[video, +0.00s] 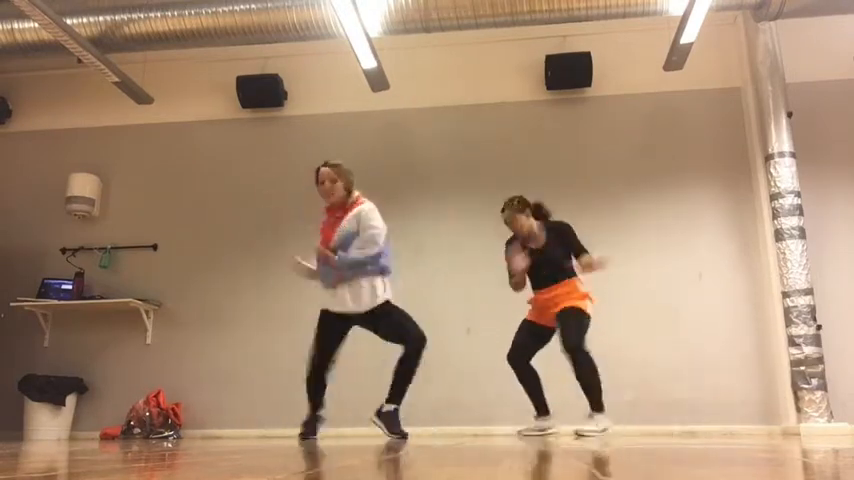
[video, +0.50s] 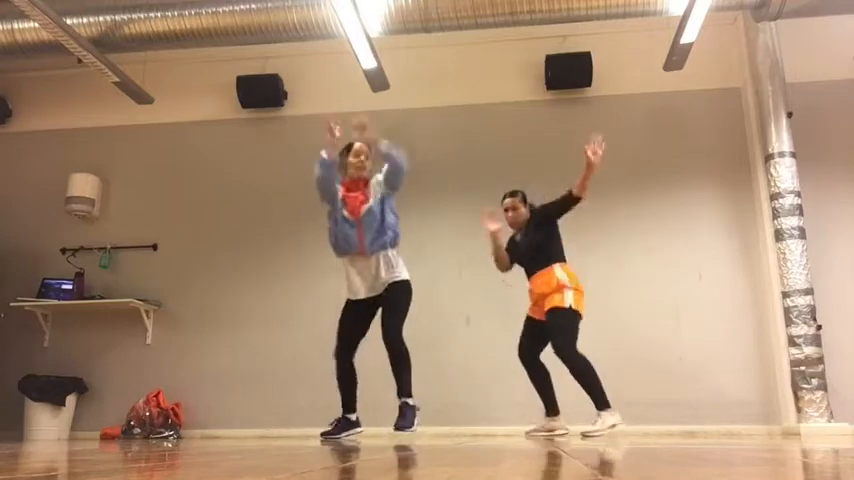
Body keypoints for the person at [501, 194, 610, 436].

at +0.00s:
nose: (513, 228)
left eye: (514, 220)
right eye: (508, 223)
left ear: (527, 214)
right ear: (507, 224)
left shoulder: (560, 230)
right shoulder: (514, 246)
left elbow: (584, 262)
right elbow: (517, 287)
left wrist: (591, 263)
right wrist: (518, 270)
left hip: (571, 297)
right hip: (543, 305)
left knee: (573, 346)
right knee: (516, 357)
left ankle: (599, 415)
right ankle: (544, 418)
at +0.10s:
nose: (522, 236)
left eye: (523, 230)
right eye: (517, 233)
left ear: (531, 216)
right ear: (514, 229)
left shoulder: (553, 225)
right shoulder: (523, 239)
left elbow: (553, 264)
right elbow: (517, 272)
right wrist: (494, 297)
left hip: (567, 300)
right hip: (536, 304)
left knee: (594, 342)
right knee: (530, 363)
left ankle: (588, 416)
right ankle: (536, 419)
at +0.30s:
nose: (516, 226)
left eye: (519, 219)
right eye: (511, 223)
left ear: (531, 212)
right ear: (507, 224)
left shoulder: (549, 220)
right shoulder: (516, 247)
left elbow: (565, 238)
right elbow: (522, 284)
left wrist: (538, 253)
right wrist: (513, 289)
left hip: (570, 290)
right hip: (545, 301)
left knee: (572, 344)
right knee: (522, 353)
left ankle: (604, 415)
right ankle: (542, 414)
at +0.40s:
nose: (511, 224)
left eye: (515, 218)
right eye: (507, 220)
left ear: (528, 216)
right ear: (506, 222)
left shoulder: (542, 220)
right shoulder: (519, 249)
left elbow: (568, 210)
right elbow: (513, 277)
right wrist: (506, 257)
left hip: (564, 290)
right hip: (547, 300)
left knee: (563, 353)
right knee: (530, 354)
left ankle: (610, 415)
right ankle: (554, 419)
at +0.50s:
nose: (509, 214)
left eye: (513, 208)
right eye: (505, 210)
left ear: (527, 207)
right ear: (504, 215)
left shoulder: (543, 216)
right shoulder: (513, 243)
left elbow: (574, 197)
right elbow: (503, 267)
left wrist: (590, 168)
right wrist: (496, 240)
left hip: (563, 290)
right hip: (541, 299)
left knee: (564, 348)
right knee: (527, 353)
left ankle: (607, 413)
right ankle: (553, 419)